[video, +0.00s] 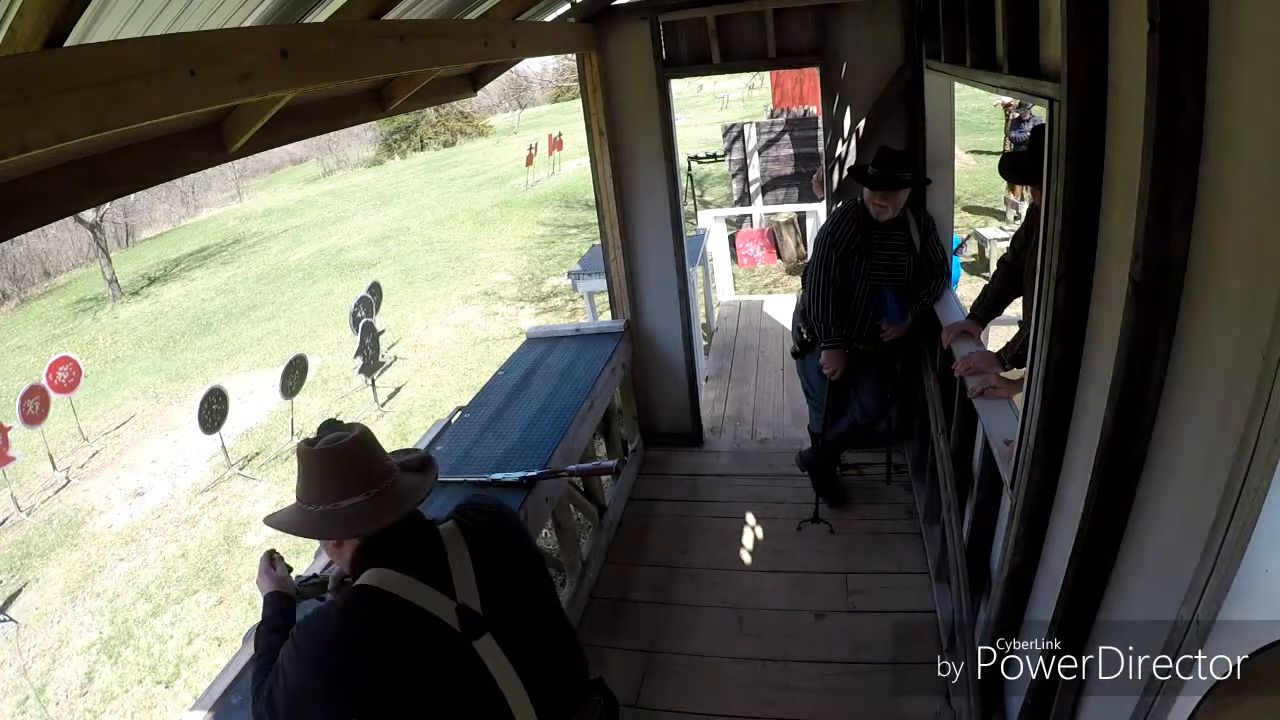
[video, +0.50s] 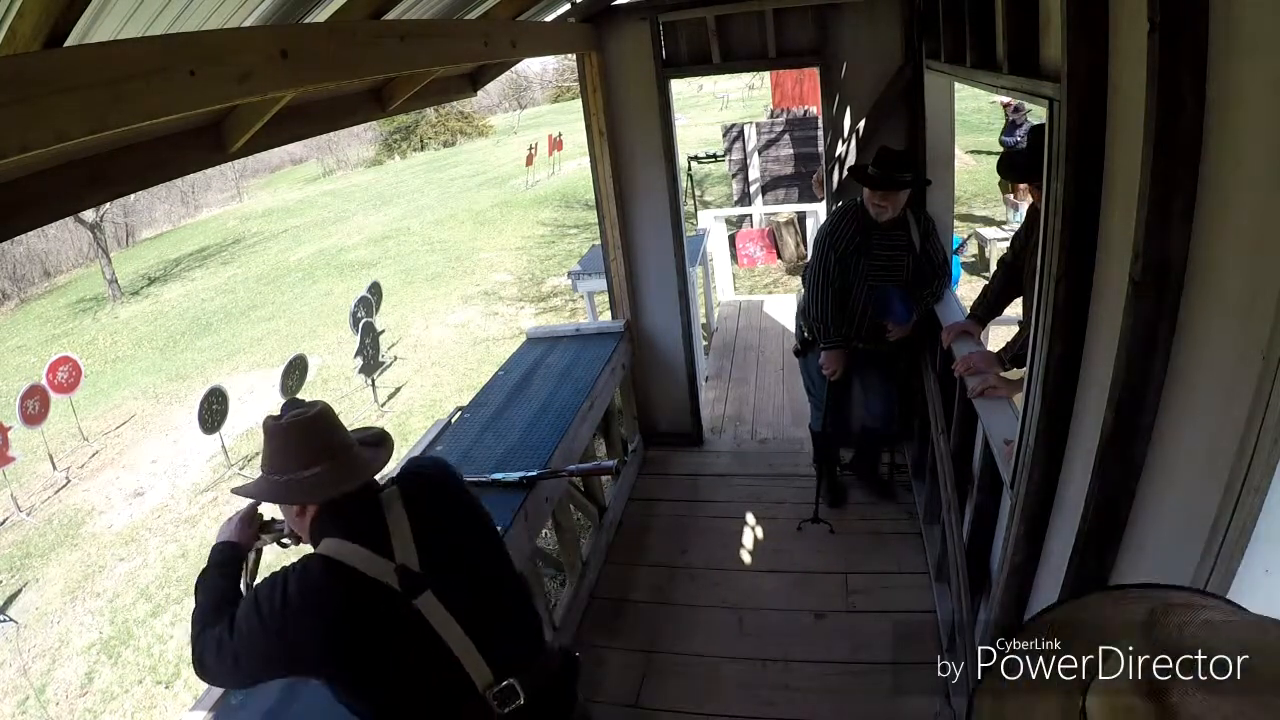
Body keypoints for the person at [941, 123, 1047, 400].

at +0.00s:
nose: (1034, 197)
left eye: (1038, 188)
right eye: (1032, 187)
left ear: (1057, 185)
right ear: (1032, 182)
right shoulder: (1040, 212)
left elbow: (1053, 311)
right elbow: (1013, 264)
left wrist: (1003, 357)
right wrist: (977, 319)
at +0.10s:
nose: (1032, 193)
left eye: (1037, 184)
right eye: (1030, 184)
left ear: (1055, 182)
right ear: (1031, 181)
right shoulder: (1040, 212)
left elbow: (1054, 310)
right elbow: (1013, 263)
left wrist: (1003, 358)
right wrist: (977, 319)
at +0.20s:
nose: (1031, 191)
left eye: (1036, 181)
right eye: (1028, 181)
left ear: (1054, 179)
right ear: (1030, 179)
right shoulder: (1041, 211)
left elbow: (1055, 309)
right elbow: (1014, 263)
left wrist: (1004, 358)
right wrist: (977, 319)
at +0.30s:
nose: (1030, 190)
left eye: (1035, 183)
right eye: (1028, 182)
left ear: (1054, 182)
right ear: (1032, 180)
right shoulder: (1041, 211)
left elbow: (1054, 310)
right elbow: (1013, 264)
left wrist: (1004, 358)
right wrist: (977, 319)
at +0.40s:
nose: (1030, 190)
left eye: (1036, 182)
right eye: (1028, 181)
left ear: (1054, 182)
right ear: (1033, 180)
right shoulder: (1040, 211)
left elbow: (1054, 310)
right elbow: (1013, 263)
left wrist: (1004, 358)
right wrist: (977, 319)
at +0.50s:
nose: (1028, 191)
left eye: (1034, 183)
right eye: (1026, 182)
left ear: (1054, 182)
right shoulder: (1040, 211)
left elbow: (1054, 310)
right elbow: (1013, 263)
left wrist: (1003, 358)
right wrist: (977, 319)